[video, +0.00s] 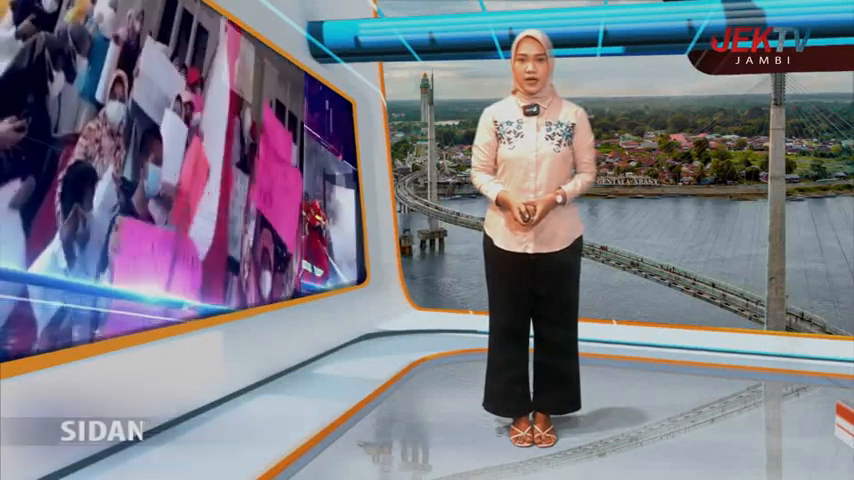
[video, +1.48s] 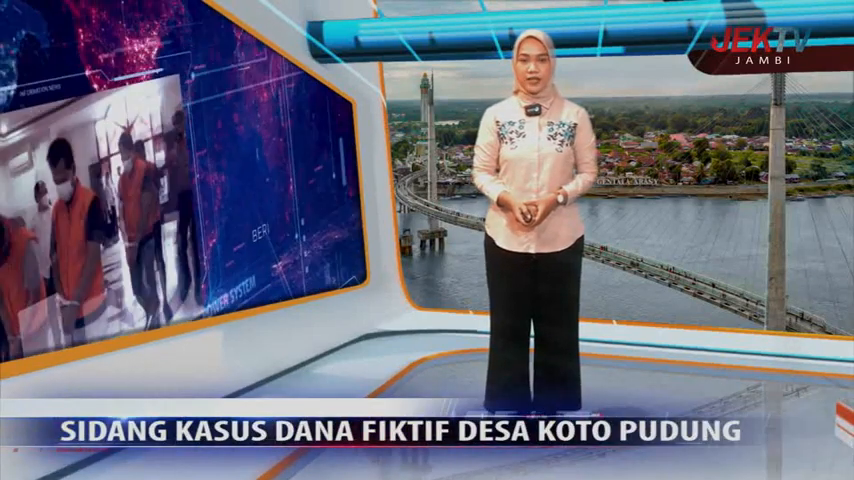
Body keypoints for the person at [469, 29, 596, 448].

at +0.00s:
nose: (531, 67)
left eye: (539, 59)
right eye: (523, 59)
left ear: (551, 64)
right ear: (512, 64)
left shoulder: (573, 115)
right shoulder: (494, 115)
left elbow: (587, 173)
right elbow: (480, 172)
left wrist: (555, 199)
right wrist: (506, 199)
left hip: (558, 241)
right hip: (506, 242)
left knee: (554, 328)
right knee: (510, 328)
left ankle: (543, 413)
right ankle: (519, 414)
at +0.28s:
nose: (530, 67)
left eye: (539, 59)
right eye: (522, 59)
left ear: (551, 64)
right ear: (512, 64)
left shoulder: (573, 115)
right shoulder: (494, 115)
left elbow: (587, 173)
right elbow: (480, 172)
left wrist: (555, 198)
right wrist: (505, 199)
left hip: (558, 241)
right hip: (505, 241)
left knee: (554, 328)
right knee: (510, 328)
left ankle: (543, 413)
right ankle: (519, 414)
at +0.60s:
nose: (531, 67)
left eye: (539, 59)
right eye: (523, 59)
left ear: (551, 65)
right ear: (512, 65)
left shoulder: (573, 116)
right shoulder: (494, 116)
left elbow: (586, 173)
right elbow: (480, 171)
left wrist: (551, 199)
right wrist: (506, 200)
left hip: (558, 242)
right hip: (505, 244)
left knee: (557, 335)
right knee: (506, 333)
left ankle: (559, 421)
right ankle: (499, 420)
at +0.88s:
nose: (532, 67)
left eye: (540, 59)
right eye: (523, 59)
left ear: (551, 65)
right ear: (513, 65)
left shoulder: (574, 116)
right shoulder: (494, 116)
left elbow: (587, 173)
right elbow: (480, 171)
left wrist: (552, 198)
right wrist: (507, 200)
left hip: (559, 243)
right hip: (506, 244)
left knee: (558, 339)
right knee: (507, 338)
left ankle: (559, 423)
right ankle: (506, 424)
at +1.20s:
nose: (532, 67)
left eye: (540, 59)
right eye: (524, 59)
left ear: (552, 65)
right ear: (513, 65)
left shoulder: (574, 116)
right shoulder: (495, 116)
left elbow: (588, 173)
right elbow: (481, 172)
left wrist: (554, 198)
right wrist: (508, 200)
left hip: (559, 243)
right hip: (507, 244)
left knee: (558, 337)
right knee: (508, 336)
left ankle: (558, 422)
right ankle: (507, 422)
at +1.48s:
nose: (533, 67)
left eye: (541, 59)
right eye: (524, 59)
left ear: (553, 65)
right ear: (514, 65)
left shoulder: (575, 116)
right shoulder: (495, 116)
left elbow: (588, 173)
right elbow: (482, 172)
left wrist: (554, 198)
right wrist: (509, 201)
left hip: (559, 243)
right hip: (507, 244)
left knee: (558, 337)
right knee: (508, 336)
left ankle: (558, 422)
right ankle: (507, 422)